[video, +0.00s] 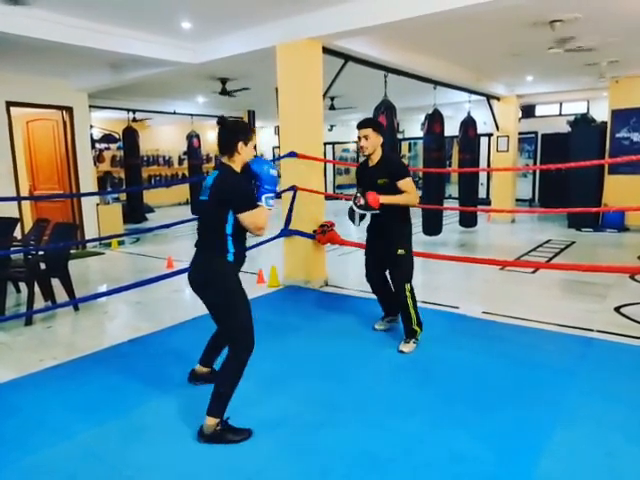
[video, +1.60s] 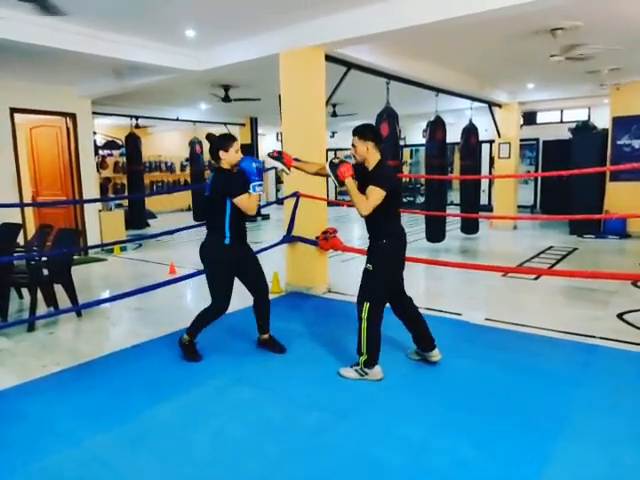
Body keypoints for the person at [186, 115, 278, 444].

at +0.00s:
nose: (254, 151)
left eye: (254, 145)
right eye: (252, 145)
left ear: (228, 147)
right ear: (240, 147)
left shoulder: (214, 176)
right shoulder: (234, 181)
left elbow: (246, 218)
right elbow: (259, 224)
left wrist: (259, 189)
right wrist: (267, 189)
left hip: (202, 269)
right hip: (219, 274)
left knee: (231, 322)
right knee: (243, 343)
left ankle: (203, 368)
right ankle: (213, 423)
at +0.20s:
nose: (234, 142)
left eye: (233, 136)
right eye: (230, 136)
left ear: (210, 138)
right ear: (214, 138)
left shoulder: (209, 168)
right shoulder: (201, 172)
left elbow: (231, 208)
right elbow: (234, 211)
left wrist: (239, 177)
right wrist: (242, 177)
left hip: (201, 257)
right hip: (188, 260)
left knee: (217, 313)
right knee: (203, 328)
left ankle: (200, 370)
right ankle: (185, 410)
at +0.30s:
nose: (218, 142)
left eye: (217, 137)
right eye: (215, 136)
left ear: (196, 138)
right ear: (202, 138)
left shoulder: (199, 168)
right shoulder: (192, 171)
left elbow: (222, 204)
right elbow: (224, 210)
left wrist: (225, 184)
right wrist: (227, 176)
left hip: (197, 255)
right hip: (180, 257)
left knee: (215, 311)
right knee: (193, 323)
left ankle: (201, 371)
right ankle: (149, 386)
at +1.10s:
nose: (202, 157)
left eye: (202, 152)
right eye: (198, 152)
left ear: (196, 154)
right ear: (181, 154)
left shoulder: (203, 179)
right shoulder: (169, 185)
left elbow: (227, 206)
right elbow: (187, 222)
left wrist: (234, 185)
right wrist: (198, 190)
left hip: (207, 253)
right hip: (179, 258)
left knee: (242, 292)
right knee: (177, 316)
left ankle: (231, 338)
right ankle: (155, 360)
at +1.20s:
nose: (210, 154)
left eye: (210, 149)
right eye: (205, 150)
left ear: (197, 153)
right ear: (189, 154)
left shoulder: (213, 176)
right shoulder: (177, 184)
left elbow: (249, 188)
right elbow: (186, 220)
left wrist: (262, 173)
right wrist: (199, 190)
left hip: (214, 251)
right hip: (184, 255)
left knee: (247, 292)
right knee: (181, 313)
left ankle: (255, 334)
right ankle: (157, 359)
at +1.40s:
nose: (235, 151)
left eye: (235, 145)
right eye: (228, 147)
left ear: (237, 147)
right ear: (212, 152)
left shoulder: (241, 174)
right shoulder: (202, 178)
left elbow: (269, 188)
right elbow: (215, 212)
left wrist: (278, 172)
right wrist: (227, 183)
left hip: (235, 247)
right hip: (207, 250)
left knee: (256, 295)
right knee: (192, 304)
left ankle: (264, 335)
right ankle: (166, 353)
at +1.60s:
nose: (241, 154)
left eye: (240, 150)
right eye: (237, 151)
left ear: (225, 154)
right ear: (223, 154)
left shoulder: (233, 175)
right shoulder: (224, 179)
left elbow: (248, 204)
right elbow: (251, 208)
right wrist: (256, 180)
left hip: (237, 247)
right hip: (218, 249)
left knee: (261, 290)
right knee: (220, 305)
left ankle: (264, 336)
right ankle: (188, 339)